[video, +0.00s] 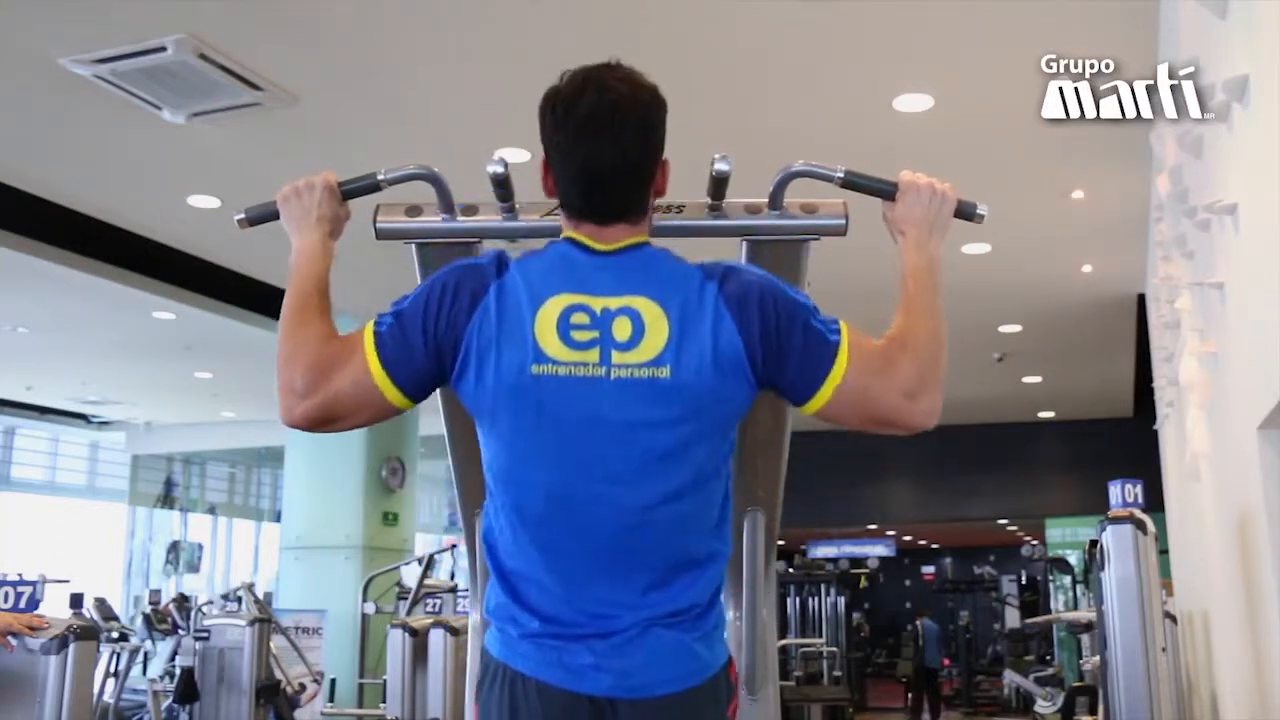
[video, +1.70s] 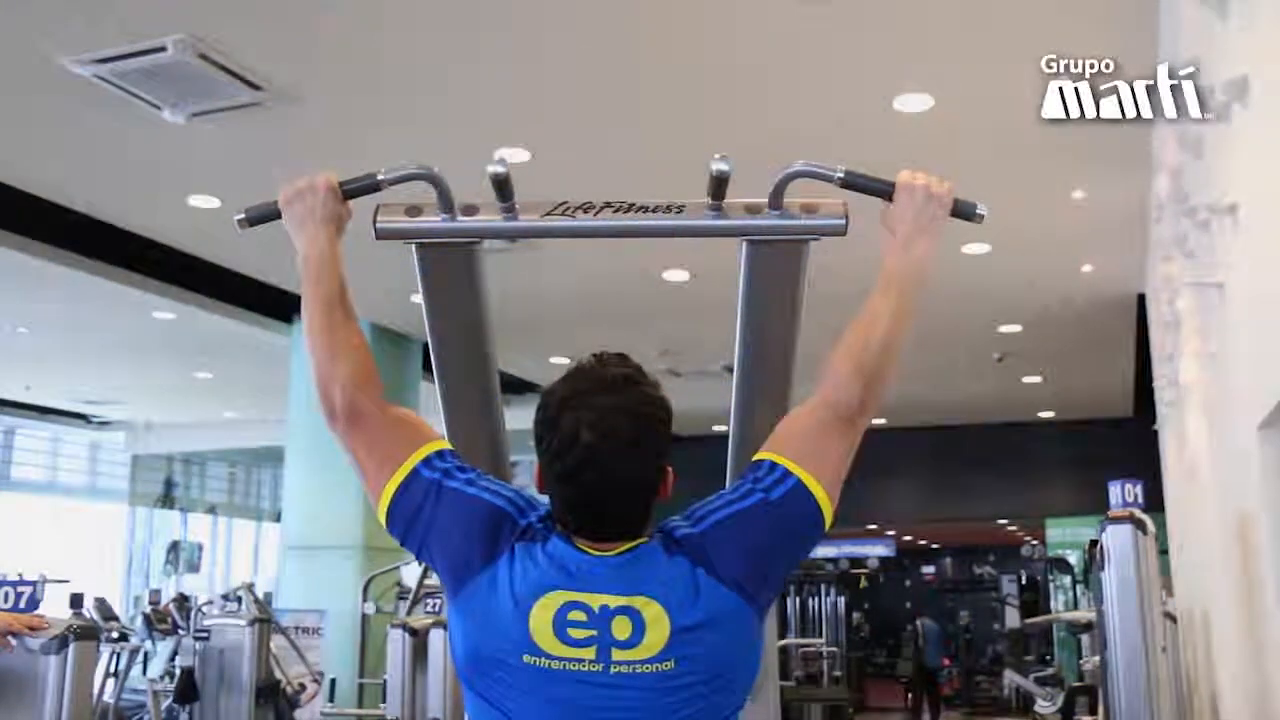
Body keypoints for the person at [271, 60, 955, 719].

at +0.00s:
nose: (664, 168)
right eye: (662, 157)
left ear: (545, 179)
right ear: (663, 179)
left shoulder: (478, 299)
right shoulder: (734, 304)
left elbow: (306, 397)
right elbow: (910, 399)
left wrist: (310, 241)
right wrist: (921, 242)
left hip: (527, 679)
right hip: (680, 680)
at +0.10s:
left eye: (540, 183)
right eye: (661, 186)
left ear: (542, 206)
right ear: (662, 207)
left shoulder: (477, 322)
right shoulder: (734, 330)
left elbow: (299, 397)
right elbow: (916, 401)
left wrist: (309, 245)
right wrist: (922, 244)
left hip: (526, 693)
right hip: (683, 693)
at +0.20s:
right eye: (662, 215)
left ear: (541, 235)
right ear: (661, 238)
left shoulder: (476, 345)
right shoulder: (732, 356)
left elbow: (295, 397)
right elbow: (919, 400)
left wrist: (309, 241)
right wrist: (924, 243)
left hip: (525, 701)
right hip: (682, 701)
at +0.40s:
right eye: (660, 283)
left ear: (542, 306)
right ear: (663, 307)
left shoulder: (473, 408)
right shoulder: (732, 423)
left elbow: (297, 401)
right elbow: (913, 407)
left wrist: (310, 246)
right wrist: (920, 246)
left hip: (523, 711)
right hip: (682, 712)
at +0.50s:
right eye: (661, 325)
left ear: (540, 348)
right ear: (662, 350)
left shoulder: (472, 439)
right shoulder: (731, 456)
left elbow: (303, 403)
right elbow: (906, 409)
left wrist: (311, 245)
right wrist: (920, 244)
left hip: (522, 708)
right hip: (685, 709)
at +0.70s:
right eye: (663, 381)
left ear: (536, 408)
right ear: (663, 412)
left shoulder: (475, 500)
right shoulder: (725, 516)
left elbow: (321, 404)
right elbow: (882, 410)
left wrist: (311, 243)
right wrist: (916, 246)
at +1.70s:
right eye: (663, 454)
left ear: (541, 479)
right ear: (666, 485)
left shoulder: (484, 559)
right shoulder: (724, 573)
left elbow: (353, 407)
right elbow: (844, 405)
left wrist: (316, 239)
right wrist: (909, 250)